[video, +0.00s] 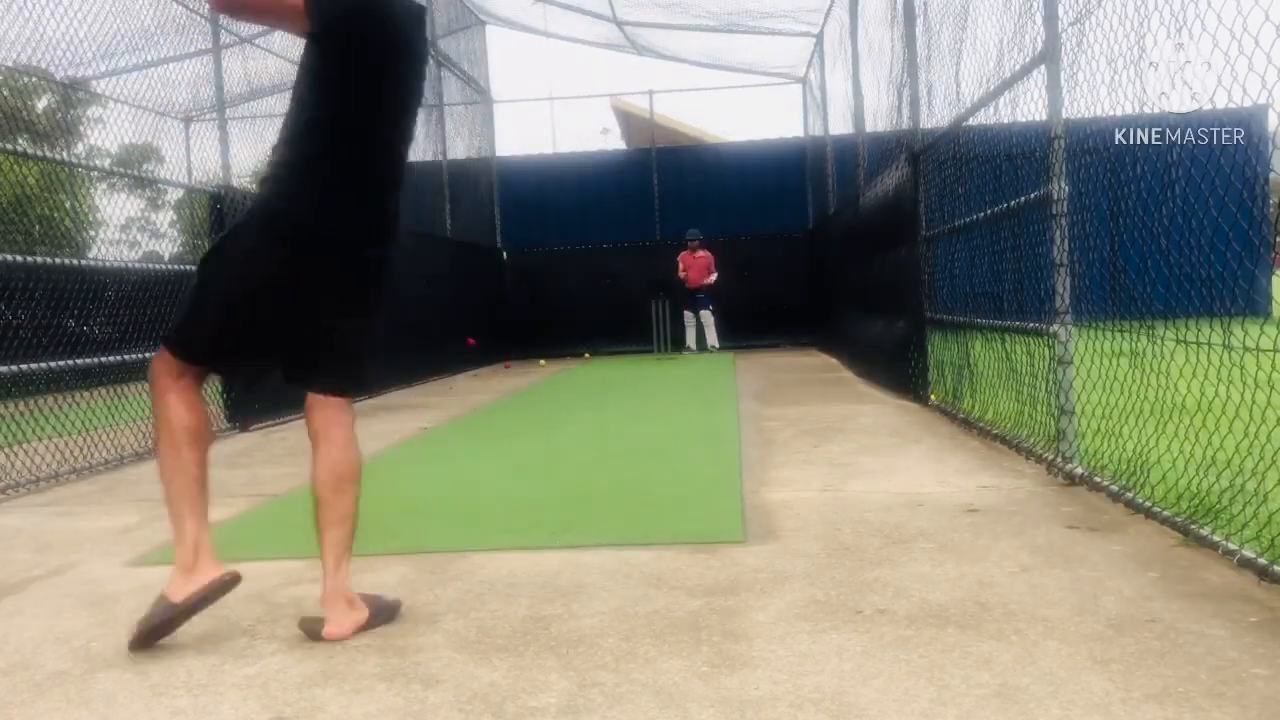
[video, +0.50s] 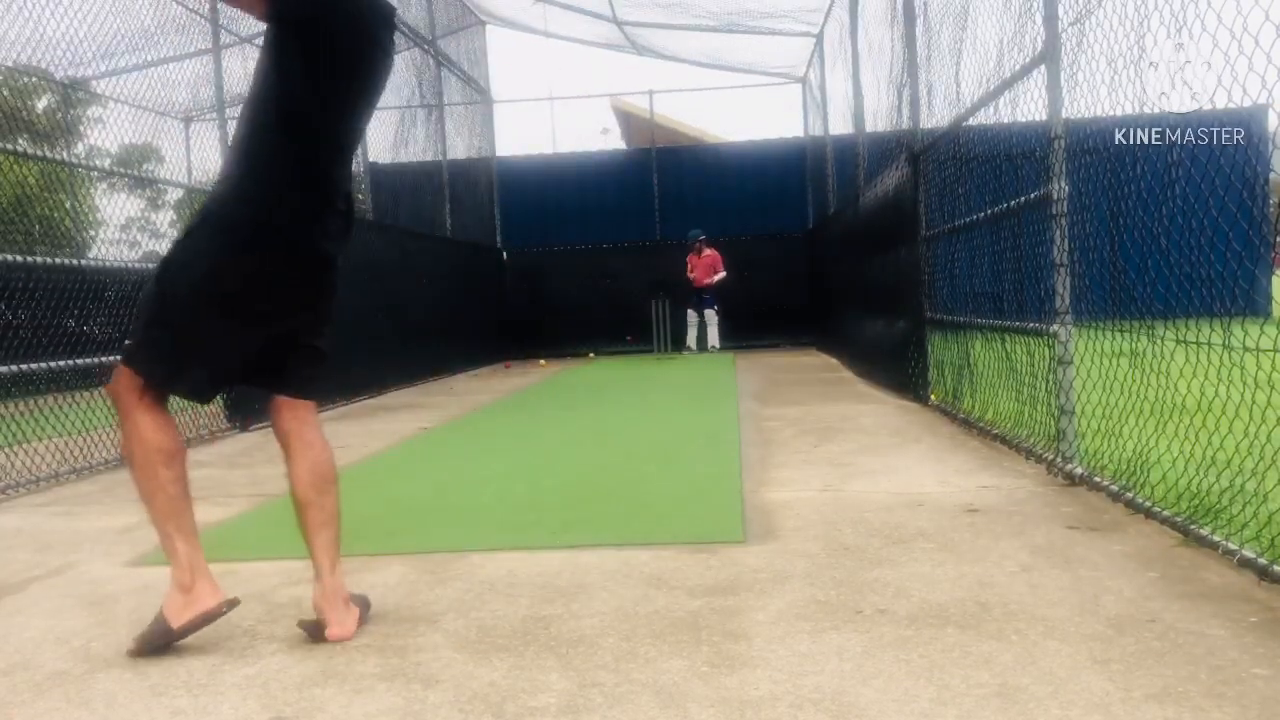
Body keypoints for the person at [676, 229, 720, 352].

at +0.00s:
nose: (692, 243)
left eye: (694, 241)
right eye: (689, 241)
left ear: (699, 241)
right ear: (687, 242)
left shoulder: (707, 255)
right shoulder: (682, 256)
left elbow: (713, 272)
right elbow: (680, 272)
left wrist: (711, 279)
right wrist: (684, 275)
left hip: (702, 289)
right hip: (688, 290)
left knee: (706, 316)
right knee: (689, 318)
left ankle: (713, 345)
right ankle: (690, 346)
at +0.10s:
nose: (691, 244)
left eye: (693, 241)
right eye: (689, 242)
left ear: (699, 241)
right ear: (687, 242)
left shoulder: (707, 255)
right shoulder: (684, 256)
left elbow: (715, 272)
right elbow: (681, 272)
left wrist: (710, 278)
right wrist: (686, 275)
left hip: (703, 288)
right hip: (689, 289)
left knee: (706, 316)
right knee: (689, 318)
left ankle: (712, 345)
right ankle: (690, 346)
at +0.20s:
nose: (692, 244)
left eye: (694, 241)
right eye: (690, 242)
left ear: (699, 241)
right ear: (687, 243)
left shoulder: (708, 255)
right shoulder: (684, 257)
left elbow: (716, 272)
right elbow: (682, 272)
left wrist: (711, 278)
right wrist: (686, 275)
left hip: (704, 288)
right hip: (690, 289)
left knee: (707, 316)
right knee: (689, 318)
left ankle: (713, 345)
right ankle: (690, 346)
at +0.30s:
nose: (693, 244)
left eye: (695, 241)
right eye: (691, 242)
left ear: (700, 241)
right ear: (689, 243)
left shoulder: (710, 255)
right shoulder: (686, 257)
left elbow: (717, 272)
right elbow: (683, 272)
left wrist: (712, 278)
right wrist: (687, 275)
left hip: (705, 287)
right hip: (691, 288)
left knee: (707, 315)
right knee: (690, 317)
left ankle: (713, 345)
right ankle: (691, 346)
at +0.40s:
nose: (693, 246)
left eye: (695, 243)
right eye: (691, 243)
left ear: (701, 241)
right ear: (690, 243)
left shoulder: (712, 255)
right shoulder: (688, 257)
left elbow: (719, 272)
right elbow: (686, 272)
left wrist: (713, 279)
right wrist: (689, 276)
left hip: (707, 288)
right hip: (693, 288)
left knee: (709, 315)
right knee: (691, 316)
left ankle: (713, 345)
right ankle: (691, 346)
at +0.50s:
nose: (694, 246)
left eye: (695, 243)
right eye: (692, 244)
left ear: (702, 242)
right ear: (691, 244)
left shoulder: (713, 254)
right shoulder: (690, 257)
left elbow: (722, 272)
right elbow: (688, 272)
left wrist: (713, 279)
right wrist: (692, 276)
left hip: (708, 288)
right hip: (696, 288)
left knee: (710, 314)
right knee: (691, 314)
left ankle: (713, 345)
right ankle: (691, 346)